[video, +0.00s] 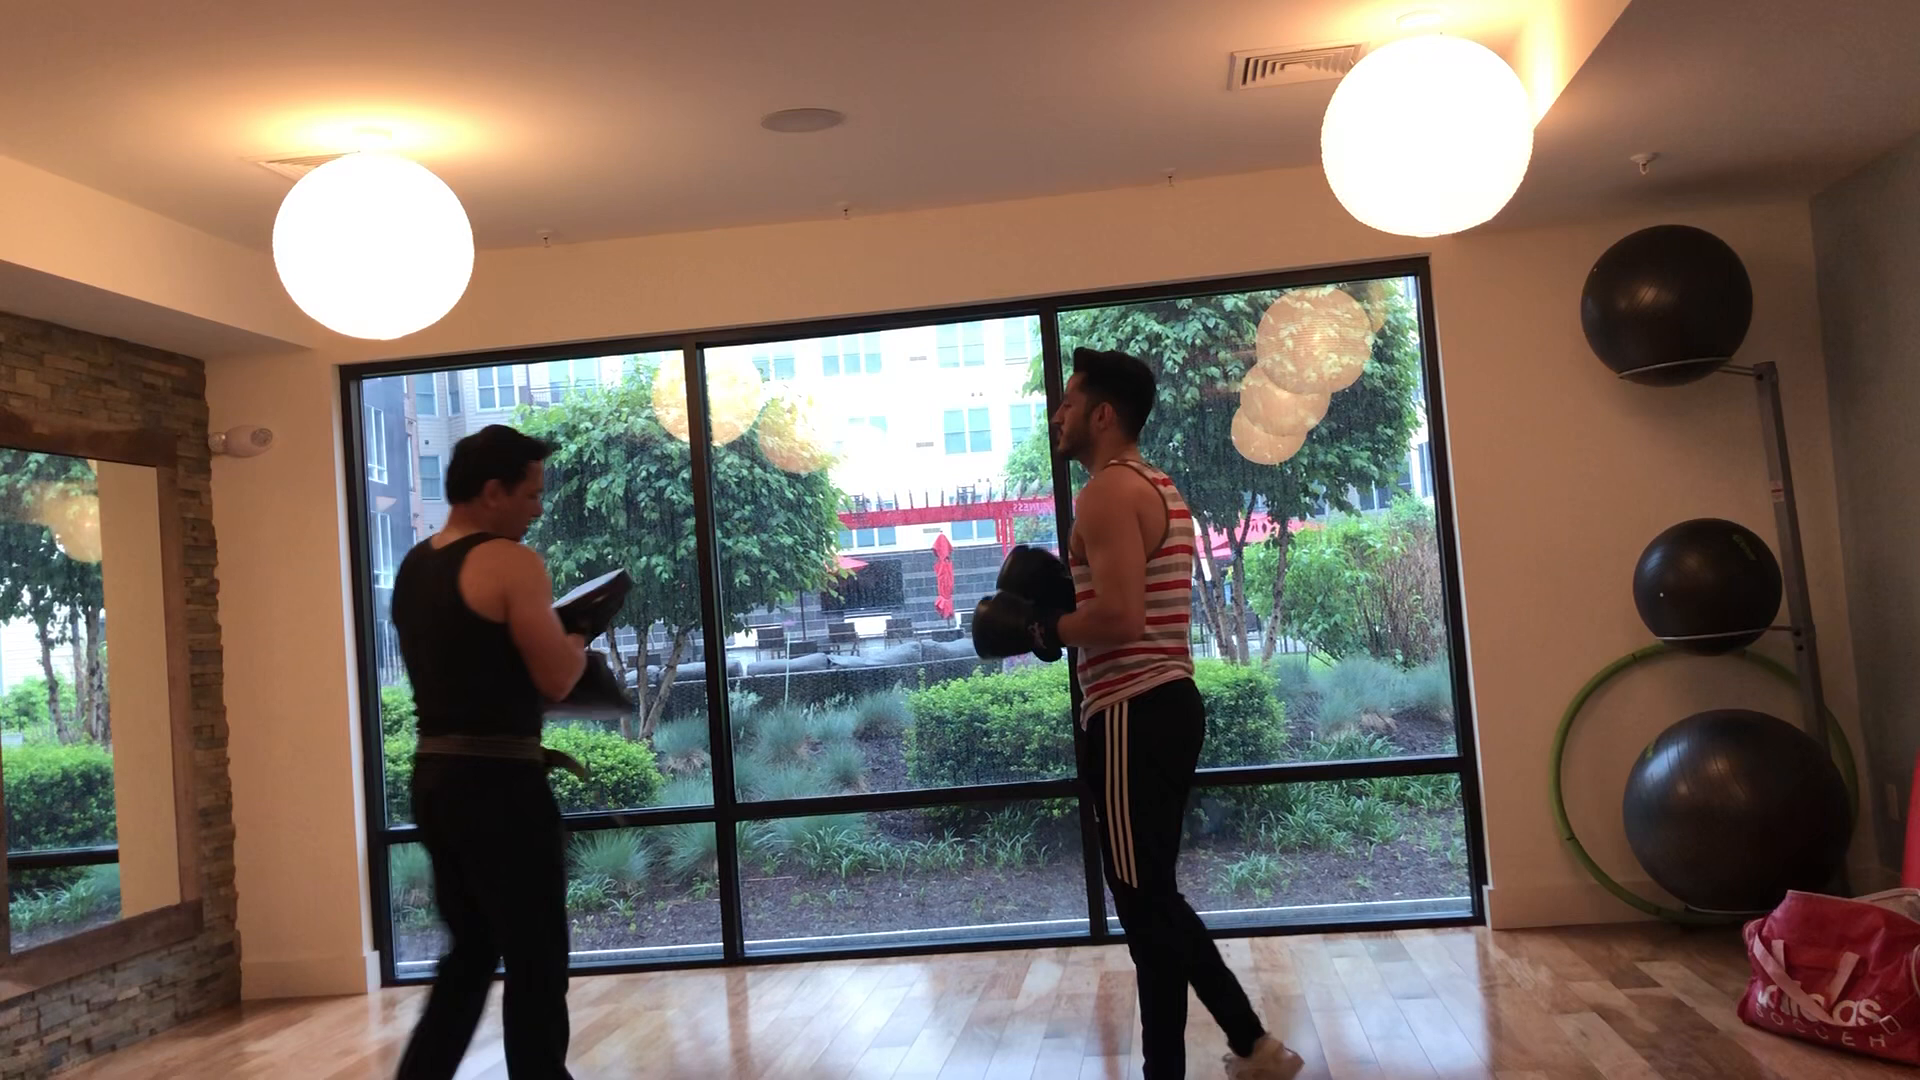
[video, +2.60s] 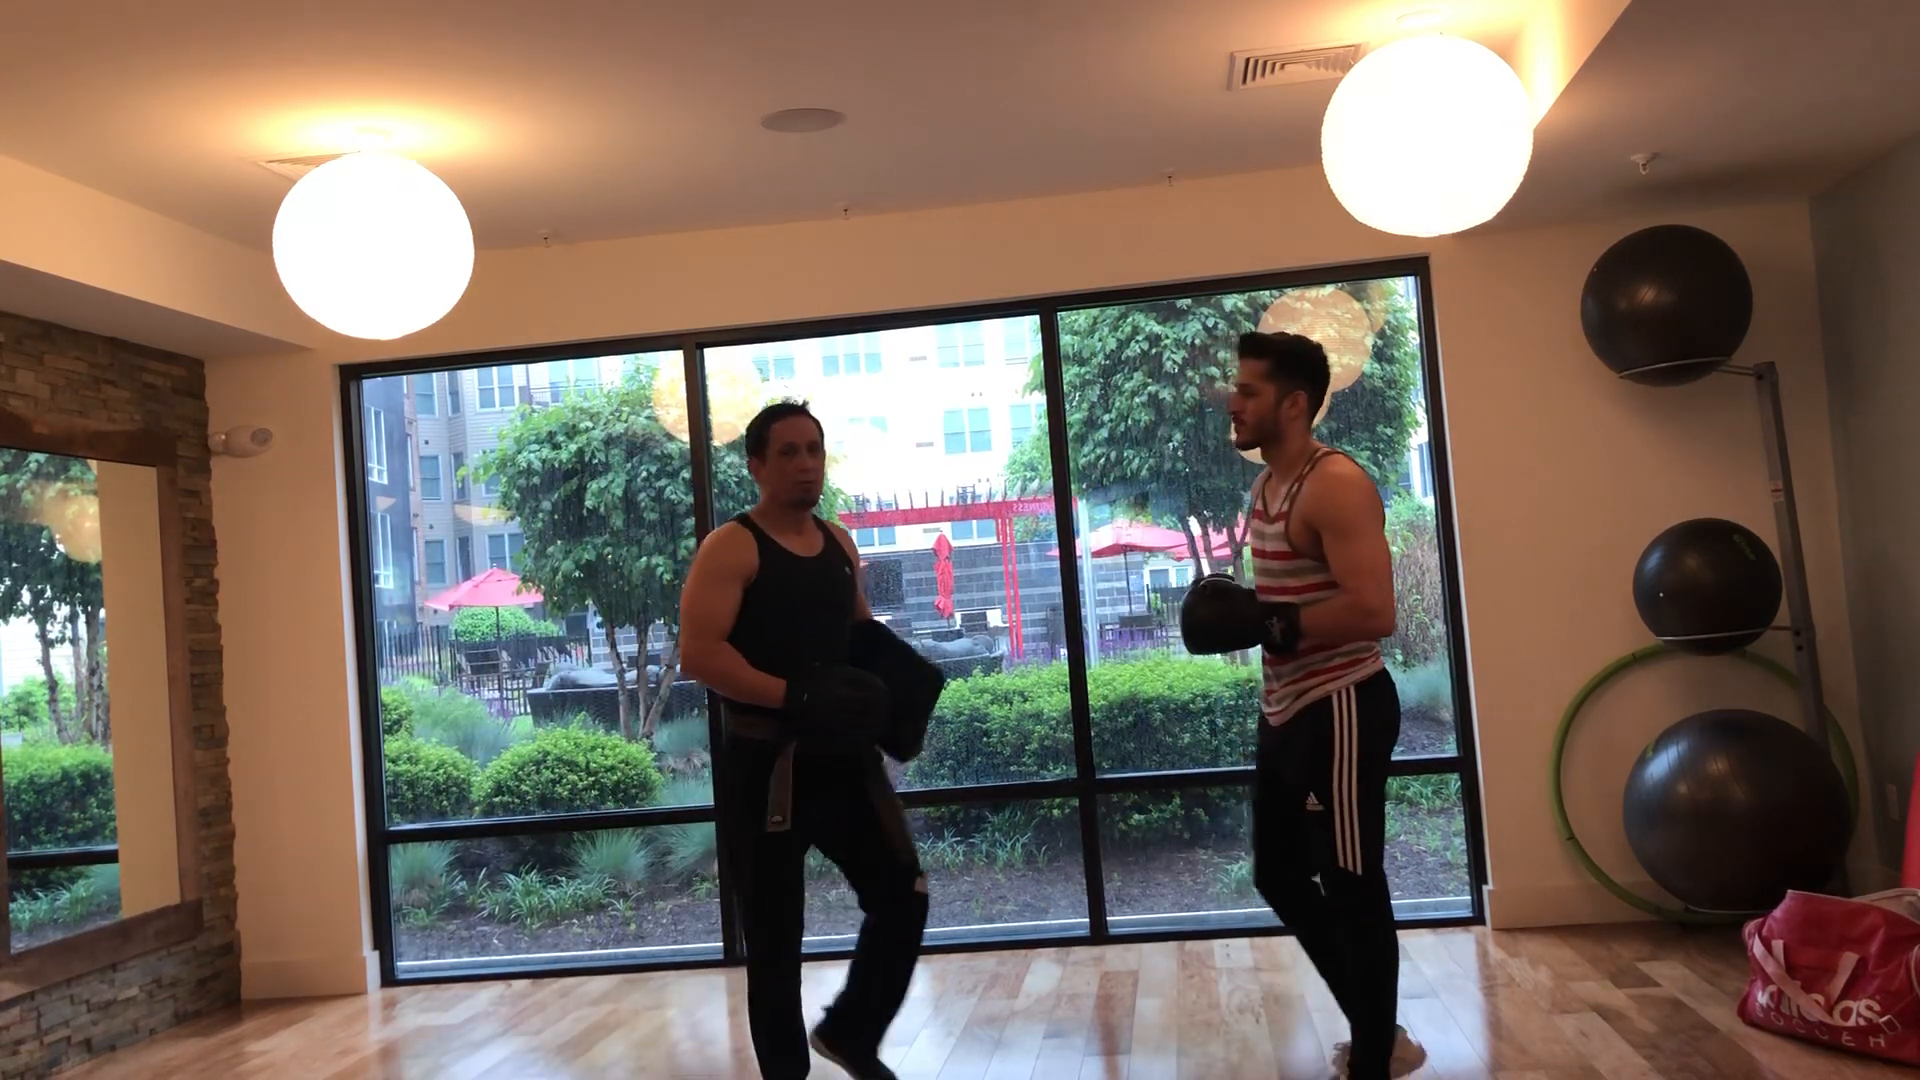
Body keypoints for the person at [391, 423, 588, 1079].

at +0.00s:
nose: (540, 508)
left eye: (541, 493)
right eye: (534, 493)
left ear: (472, 491)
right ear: (492, 492)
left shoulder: (416, 564)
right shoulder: (514, 565)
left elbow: (457, 666)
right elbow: (557, 678)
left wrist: (548, 634)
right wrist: (576, 638)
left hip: (437, 782)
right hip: (504, 784)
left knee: (472, 948)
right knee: (538, 961)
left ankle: (418, 1075)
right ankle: (541, 1075)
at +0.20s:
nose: (581, 504)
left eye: (581, 490)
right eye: (574, 490)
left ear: (518, 490)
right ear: (534, 490)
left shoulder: (462, 559)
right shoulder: (550, 560)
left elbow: (503, 663)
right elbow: (616, 661)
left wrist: (588, 681)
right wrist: (650, 616)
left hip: (488, 769)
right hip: (541, 772)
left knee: (543, 936)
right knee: (563, 944)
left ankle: (521, 1065)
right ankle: (538, 1070)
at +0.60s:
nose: (641, 496)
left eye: (639, 482)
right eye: (633, 483)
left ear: (581, 491)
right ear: (595, 489)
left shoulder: (542, 559)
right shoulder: (599, 557)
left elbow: (603, 657)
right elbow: (673, 650)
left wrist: (688, 627)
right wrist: (722, 617)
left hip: (563, 763)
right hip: (603, 767)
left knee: (608, 940)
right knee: (628, 944)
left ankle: (636, 1070)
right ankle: (576, 1073)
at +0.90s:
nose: (669, 485)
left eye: (667, 472)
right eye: (654, 473)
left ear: (614, 487)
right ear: (609, 485)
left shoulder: (598, 551)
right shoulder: (616, 551)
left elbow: (648, 651)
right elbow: (661, 648)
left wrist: (720, 657)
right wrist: (722, 623)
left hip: (610, 755)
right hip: (634, 759)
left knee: (630, 914)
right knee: (688, 910)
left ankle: (634, 1060)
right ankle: (672, 1064)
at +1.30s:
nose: (692, 477)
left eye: (692, 465)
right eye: (673, 469)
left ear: (697, 474)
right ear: (638, 488)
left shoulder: (699, 560)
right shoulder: (642, 558)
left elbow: (718, 641)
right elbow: (678, 660)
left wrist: (762, 640)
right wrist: (743, 627)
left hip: (704, 753)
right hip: (662, 758)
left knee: (742, 886)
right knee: (682, 905)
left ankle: (672, 1034)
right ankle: (682, 1052)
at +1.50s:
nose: (714, 474)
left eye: (715, 461)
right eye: (696, 466)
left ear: (720, 469)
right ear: (661, 484)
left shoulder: (729, 557)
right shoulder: (650, 560)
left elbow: (771, 625)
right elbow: (679, 661)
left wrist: (813, 656)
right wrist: (762, 633)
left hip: (739, 748)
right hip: (676, 756)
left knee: (790, 886)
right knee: (687, 914)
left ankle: (749, 1042)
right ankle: (693, 1061)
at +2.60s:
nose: (807, 464)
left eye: (815, 450)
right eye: (790, 452)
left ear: (825, 460)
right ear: (756, 466)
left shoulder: (838, 543)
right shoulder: (728, 548)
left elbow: (859, 633)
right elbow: (698, 653)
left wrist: (895, 686)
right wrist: (798, 695)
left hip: (840, 753)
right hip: (760, 763)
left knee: (901, 896)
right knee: (774, 932)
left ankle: (851, 1031)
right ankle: (784, 1068)